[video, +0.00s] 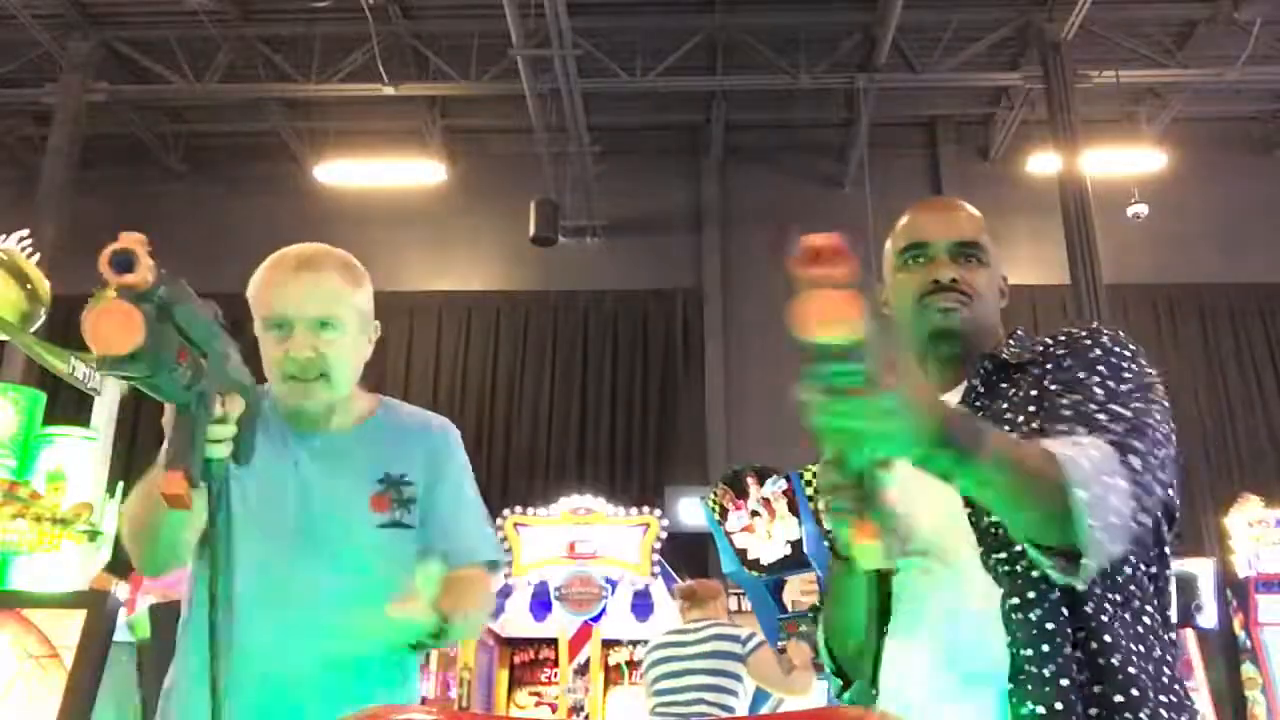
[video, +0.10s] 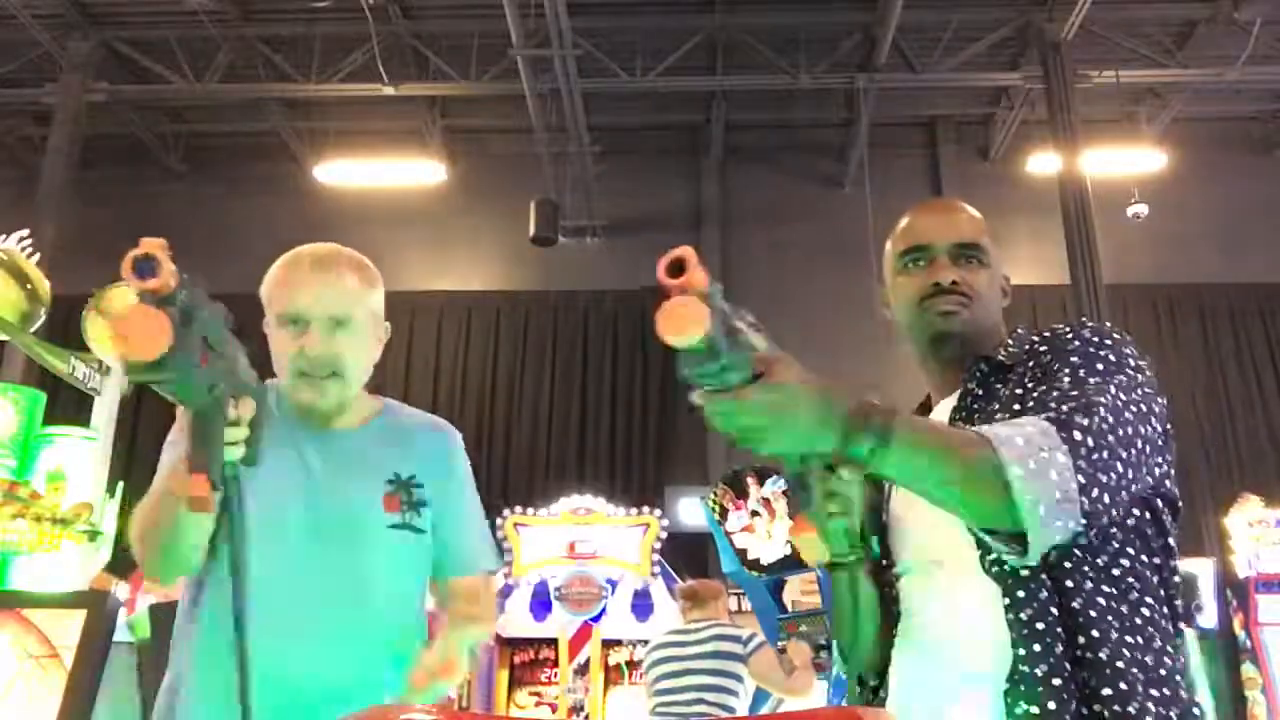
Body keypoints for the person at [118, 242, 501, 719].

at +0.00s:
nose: (300, 349)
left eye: (325, 326)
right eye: (279, 327)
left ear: (369, 338)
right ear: (256, 337)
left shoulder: (427, 444)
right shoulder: (216, 426)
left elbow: (472, 579)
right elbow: (150, 556)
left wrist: (440, 617)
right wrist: (183, 453)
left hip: (365, 705)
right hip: (215, 704)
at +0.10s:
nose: (314, 347)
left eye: (339, 325)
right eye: (293, 324)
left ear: (380, 338)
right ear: (267, 332)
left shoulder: (431, 449)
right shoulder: (216, 422)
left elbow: (471, 605)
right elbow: (161, 564)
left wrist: (449, 651)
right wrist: (197, 448)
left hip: (368, 713)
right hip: (215, 710)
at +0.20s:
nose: (299, 336)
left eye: (324, 314)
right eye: (277, 313)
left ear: (367, 325)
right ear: (251, 324)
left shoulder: (419, 439)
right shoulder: (205, 416)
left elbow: (443, 584)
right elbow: (141, 560)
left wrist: (404, 634)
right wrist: (183, 439)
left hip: (350, 712)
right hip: (197, 705)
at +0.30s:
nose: (256, 315)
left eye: (282, 290)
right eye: (233, 290)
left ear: (328, 308)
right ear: (207, 304)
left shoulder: (383, 424)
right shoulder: (157, 402)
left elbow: (408, 581)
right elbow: (90, 549)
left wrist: (339, 635)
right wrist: (105, 447)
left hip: (312, 714)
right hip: (148, 707)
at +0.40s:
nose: (216, 285)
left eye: (244, 262)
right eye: (196, 261)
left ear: (296, 281)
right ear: (171, 273)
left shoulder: (355, 407)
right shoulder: (120, 381)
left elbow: (385, 577)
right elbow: (36, 527)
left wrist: (314, 637)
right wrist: (45, 425)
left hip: (281, 711)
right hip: (120, 704)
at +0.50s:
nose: (206, 269)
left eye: (234, 245)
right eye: (183, 244)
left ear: (287, 266)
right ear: (157, 257)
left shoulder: (352, 395)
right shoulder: (109, 370)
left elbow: (390, 574)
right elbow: (24, 526)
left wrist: (330, 643)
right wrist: (54, 419)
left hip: (274, 713)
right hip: (101, 706)